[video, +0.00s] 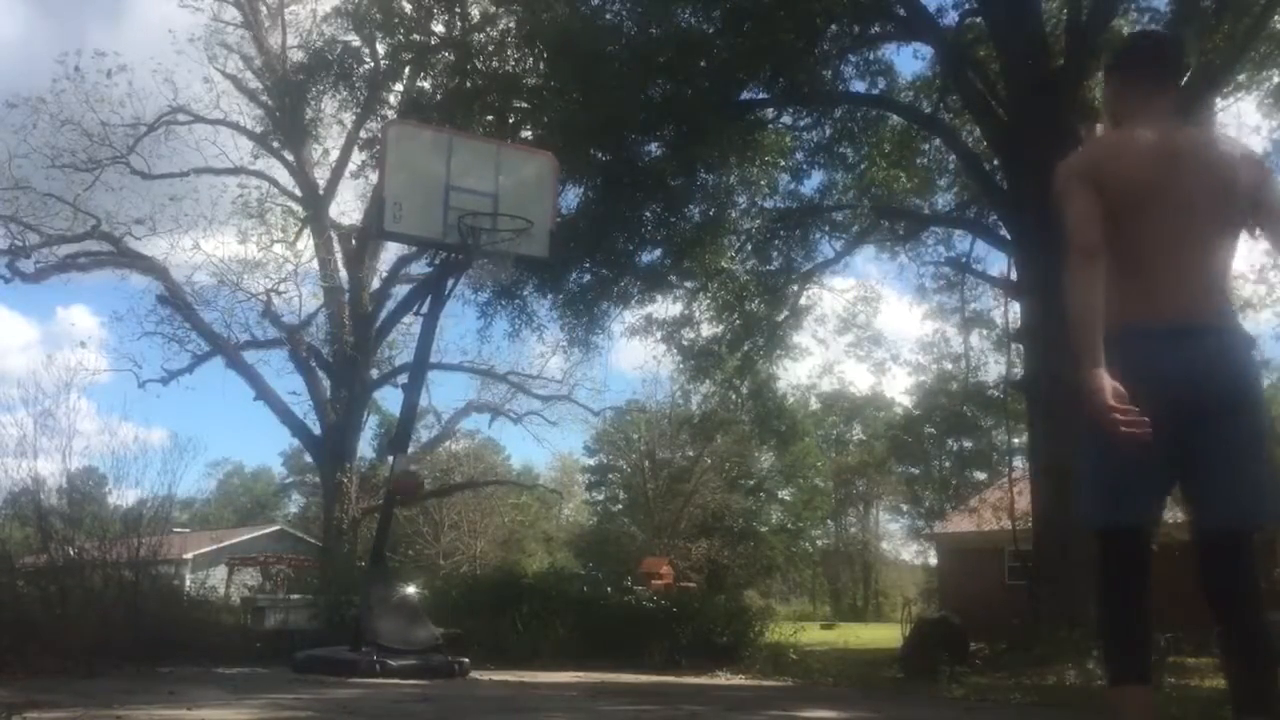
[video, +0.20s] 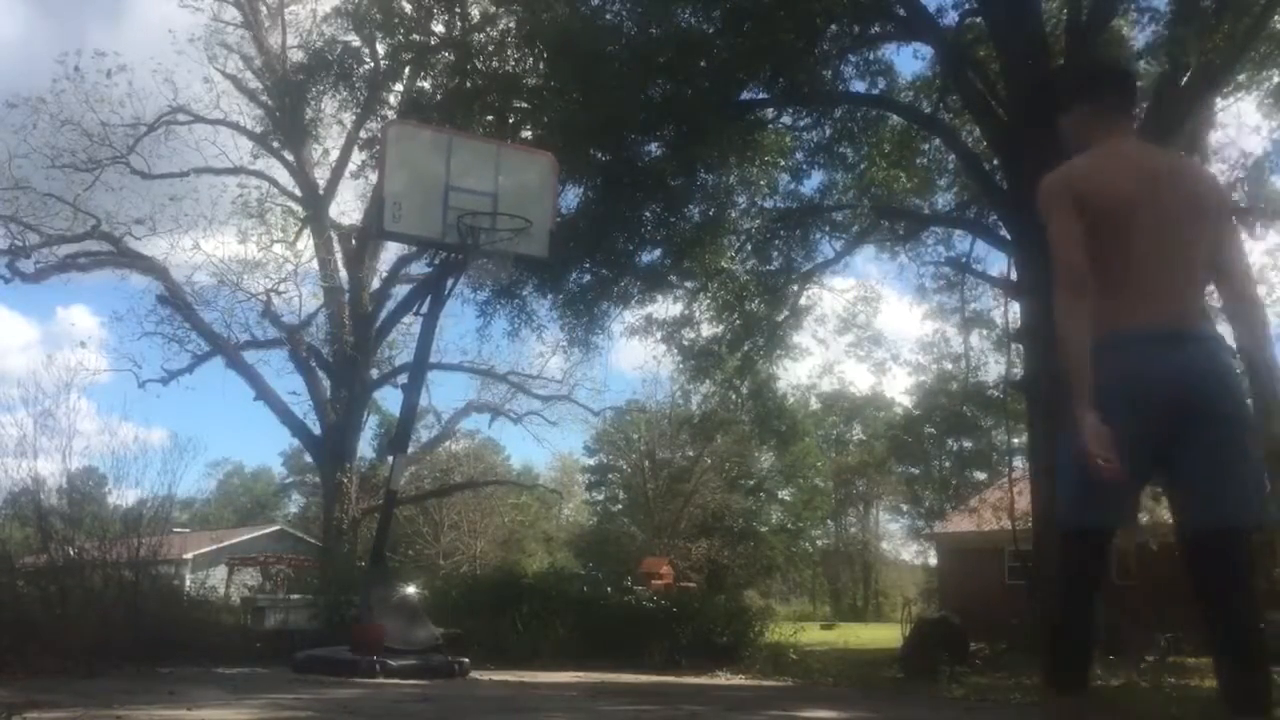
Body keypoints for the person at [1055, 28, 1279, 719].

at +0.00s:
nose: (1110, 99)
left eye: (1111, 88)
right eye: (1114, 88)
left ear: (1116, 88)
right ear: (1178, 86)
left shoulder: (1087, 162)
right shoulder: (1232, 159)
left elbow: (1086, 258)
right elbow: (1278, 230)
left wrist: (1094, 365)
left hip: (1128, 361)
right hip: (1219, 359)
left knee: (1122, 547)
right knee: (1231, 546)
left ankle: (1130, 696)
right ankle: (1255, 699)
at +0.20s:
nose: (1067, 130)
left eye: (1068, 120)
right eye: (1069, 121)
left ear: (1076, 116)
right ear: (1133, 109)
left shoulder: (1066, 182)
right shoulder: (1198, 178)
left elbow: (1074, 292)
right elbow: (1241, 298)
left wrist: (1083, 407)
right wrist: (1266, 393)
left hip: (1114, 374)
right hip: (1201, 371)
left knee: (1081, 551)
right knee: (1222, 552)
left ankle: (1067, 702)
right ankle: (1249, 702)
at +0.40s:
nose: (1002, 168)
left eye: (1004, 155)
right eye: (1001, 156)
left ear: (1023, 147)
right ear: (1068, 141)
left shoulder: (1023, 200)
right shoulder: (1132, 204)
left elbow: (1030, 311)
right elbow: (1136, 302)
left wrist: (1036, 431)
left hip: (1076, 382)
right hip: (1152, 376)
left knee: (1053, 557)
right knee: (1174, 550)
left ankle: (1036, 700)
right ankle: (1225, 698)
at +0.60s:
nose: (941, 170)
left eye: (943, 157)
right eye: (939, 158)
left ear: (964, 151)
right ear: (1001, 145)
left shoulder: (964, 206)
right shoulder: (1060, 202)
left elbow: (965, 321)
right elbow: (1072, 312)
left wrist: (959, 433)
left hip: (1015, 383)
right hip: (1083, 381)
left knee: (1014, 555)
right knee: (1074, 559)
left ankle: (1018, 701)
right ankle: (1152, 675)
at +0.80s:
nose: (904, 179)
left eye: (905, 168)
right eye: (904, 168)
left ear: (919, 159)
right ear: (957, 155)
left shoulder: (922, 214)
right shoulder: (1011, 213)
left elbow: (906, 326)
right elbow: (1027, 314)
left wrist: (884, 435)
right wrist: (1024, 378)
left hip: (967, 385)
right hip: (1027, 384)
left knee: (976, 541)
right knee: (990, 532)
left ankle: (1007, 694)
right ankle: (1010, 681)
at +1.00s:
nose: (859, 195)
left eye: (862, 184)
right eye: (861, 184)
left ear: (873, 181)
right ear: (915, 177)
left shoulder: (872, 239)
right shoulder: (956, 237)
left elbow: (862, 347)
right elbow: (985, 333)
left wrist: (834, 442)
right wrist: (991, 402)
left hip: (915, 399)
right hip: (971, 397)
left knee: (941, 544)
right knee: (928, 544)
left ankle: (985, 683)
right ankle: (898, 685)